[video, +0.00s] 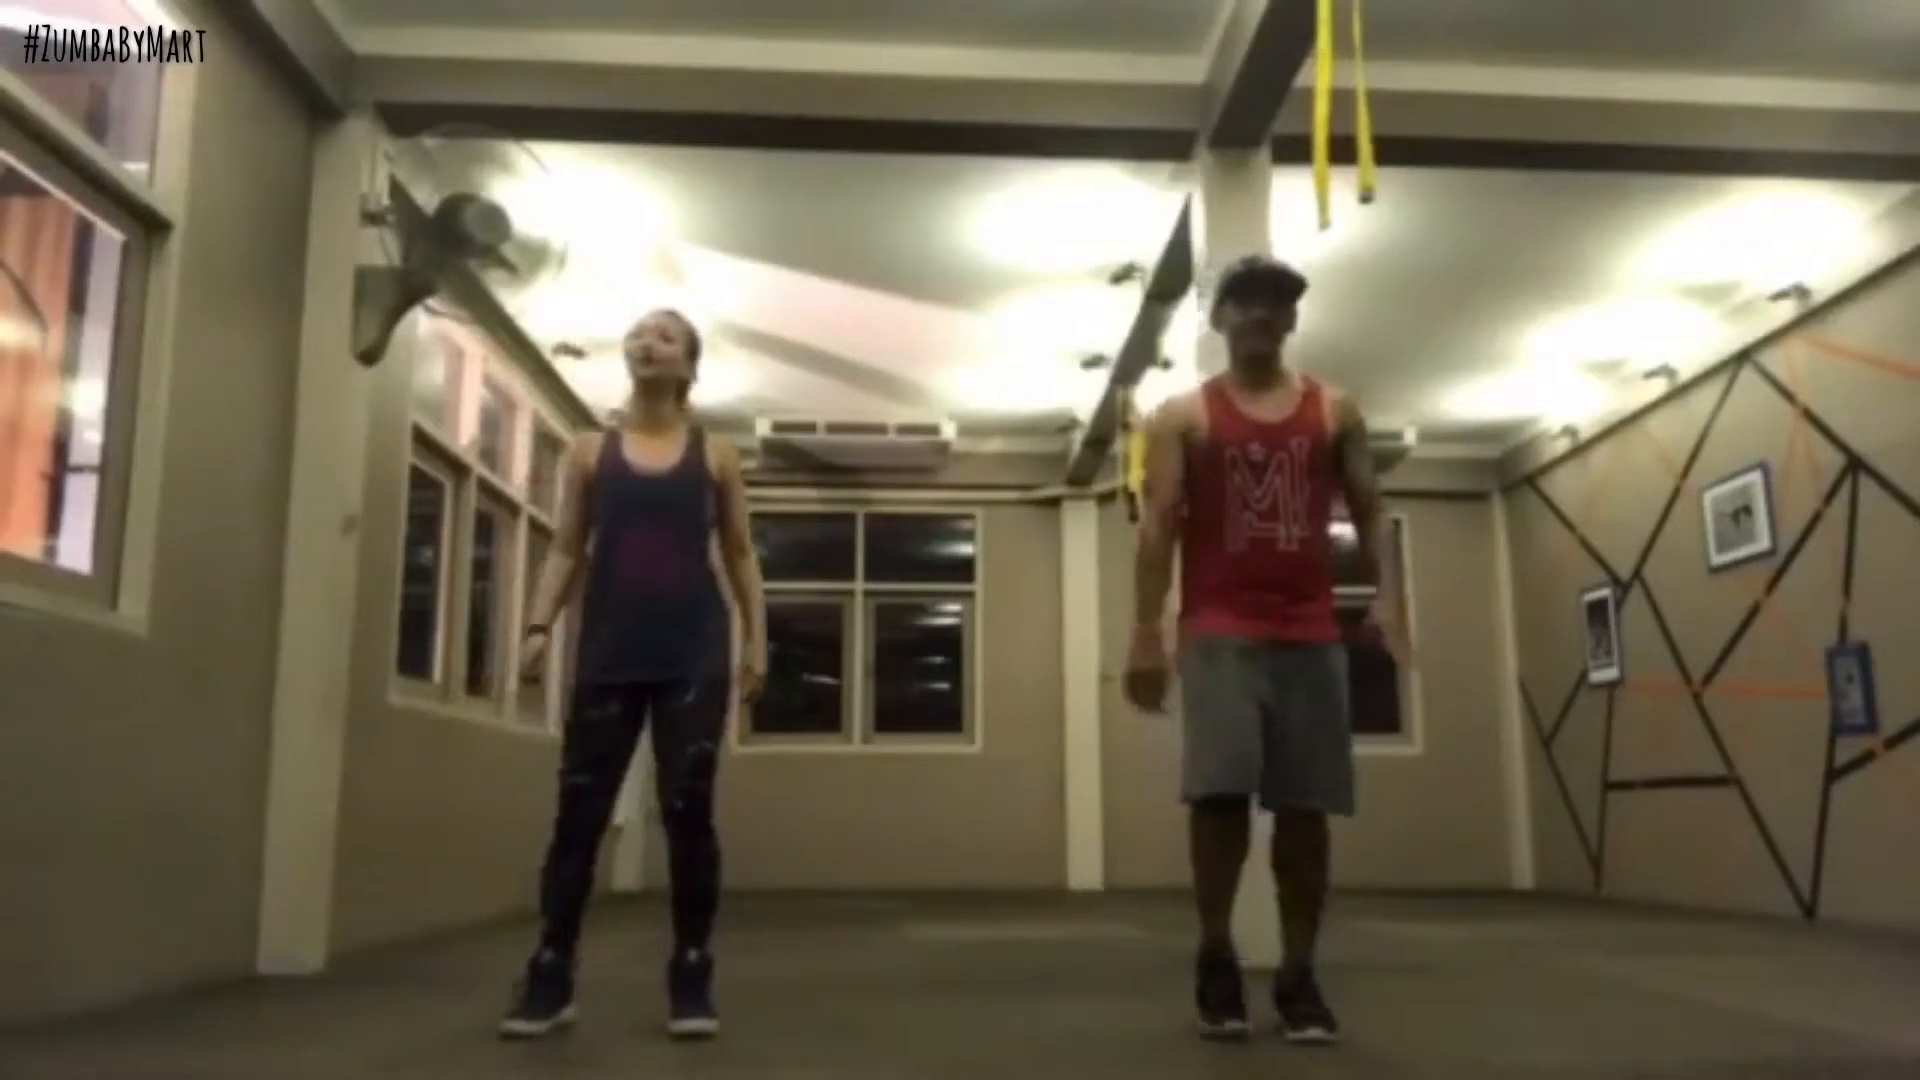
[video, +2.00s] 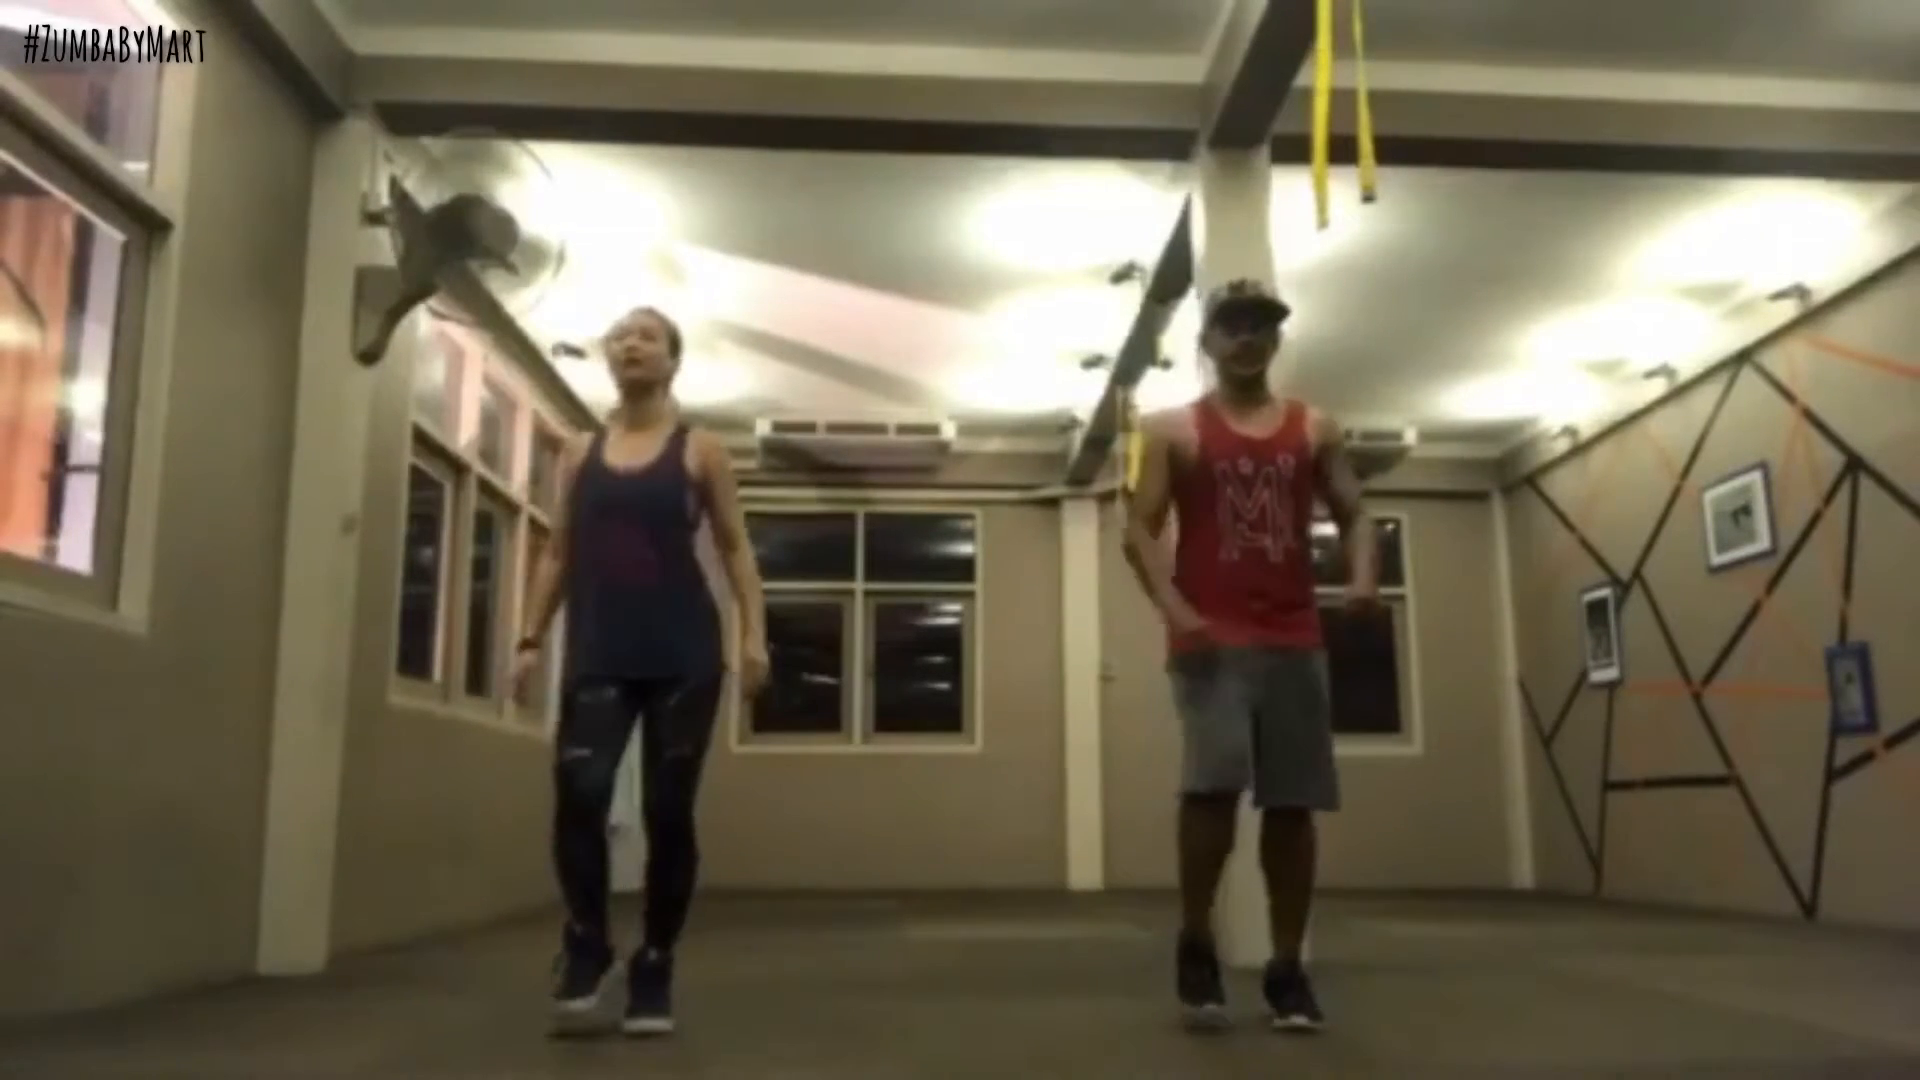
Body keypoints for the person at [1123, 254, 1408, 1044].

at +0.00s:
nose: (1259, 323)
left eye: (1274, 311)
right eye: (1245, 310)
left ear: (1293, 319)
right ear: (1220, 319)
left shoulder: (1333, 412)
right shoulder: (1184, 418)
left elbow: (1371, 514)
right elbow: (1157, 528)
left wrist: (1388, 602)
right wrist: (1145, 632)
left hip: (1309, 634)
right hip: (1219, 633)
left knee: (1304, 809)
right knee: (1221, 803)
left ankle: (1298, 976)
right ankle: (1217, 961)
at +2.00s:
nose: (1249, 343)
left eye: (1262, 331)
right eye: (1234, 331)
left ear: (1278, 341)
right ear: (1208, 340)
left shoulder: (1312, 430)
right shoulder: (1175, 432)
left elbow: (1354, 514)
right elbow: (1138, 533)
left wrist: (1362, 580)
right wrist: (1174, 610)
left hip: (1293, 637)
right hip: (1213, 638)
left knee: (1292, 805)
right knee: (1213, 794)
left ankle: (1287, 966)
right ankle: (1197, 946)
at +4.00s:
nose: (1238, 323)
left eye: (1253, 312)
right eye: (1224, 311)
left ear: (1272, 329)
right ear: (1202, 327)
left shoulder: (1308, 423)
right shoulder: (1172, 424)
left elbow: (1351, 509)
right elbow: (1119, 518)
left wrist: (1344, 550)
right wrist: (1182, 579)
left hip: (1288, 636)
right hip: (1208, 638)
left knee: (1287, 807)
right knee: (1209, 797)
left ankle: (1283, 965)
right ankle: (1196, 937)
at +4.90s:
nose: (1235, 323)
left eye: (1249, 312)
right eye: (1221, 310)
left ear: (1267, 327)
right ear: (1194, 323)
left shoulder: (1298, 415)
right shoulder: (1155, 412)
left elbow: (1379, 477)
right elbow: (1071, 468)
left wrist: (1453, 523)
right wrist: (1135, 471)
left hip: (1271, 626)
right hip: (1186, 621)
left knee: (1264, 803)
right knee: (1177, 771)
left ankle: (1255, 969)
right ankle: (1170, 916)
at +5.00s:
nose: (1238, 308)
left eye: (1252, 295)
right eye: (1223, 295)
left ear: (1271, 307)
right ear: (1199, 308)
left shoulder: (1302, 393)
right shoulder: (1166, 388)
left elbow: (1398, 434)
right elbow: (1068, 424)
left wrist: (1488, 452)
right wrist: (1086, 441)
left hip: (1270, 603)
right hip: (1189, 591)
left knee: (1251, 787)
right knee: (1202, 746)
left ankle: (1232, 952)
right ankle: (1171, 909)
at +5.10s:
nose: (1245, 323)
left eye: (1258, 310)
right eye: (1230, 311)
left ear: (1277, 321)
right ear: (1207, 325)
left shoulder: (1309, 405)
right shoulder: (1180, 399)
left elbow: (1404, 443)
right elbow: (1084, 423)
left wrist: (1450, 379)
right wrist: (992, 417)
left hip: (1277, 620)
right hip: (1200, 609)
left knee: (1237, 796)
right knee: (1209, 779)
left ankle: (1201, 965)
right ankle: (1179, 967)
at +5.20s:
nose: (1257, 332)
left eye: (1270, 318)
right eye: (1240, 320)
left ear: (1288, 328)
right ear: (1216, 332)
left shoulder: (1320, 421)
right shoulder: (1197, 412)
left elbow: (1406, 476)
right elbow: (1096, 436)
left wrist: (1376, 390)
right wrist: (997, 446)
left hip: (1286, 637)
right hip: (1210, 634)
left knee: (1270, 813)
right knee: (1216, 808)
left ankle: (1202, 975)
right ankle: (1181, 986)